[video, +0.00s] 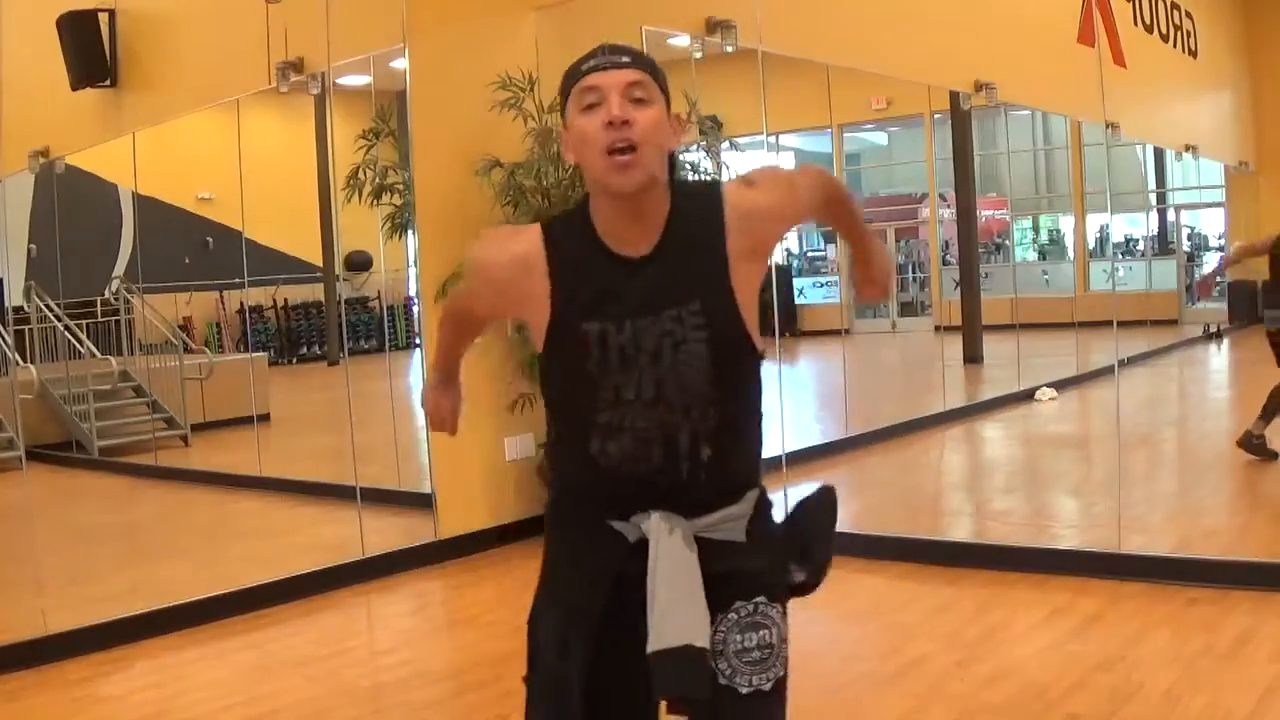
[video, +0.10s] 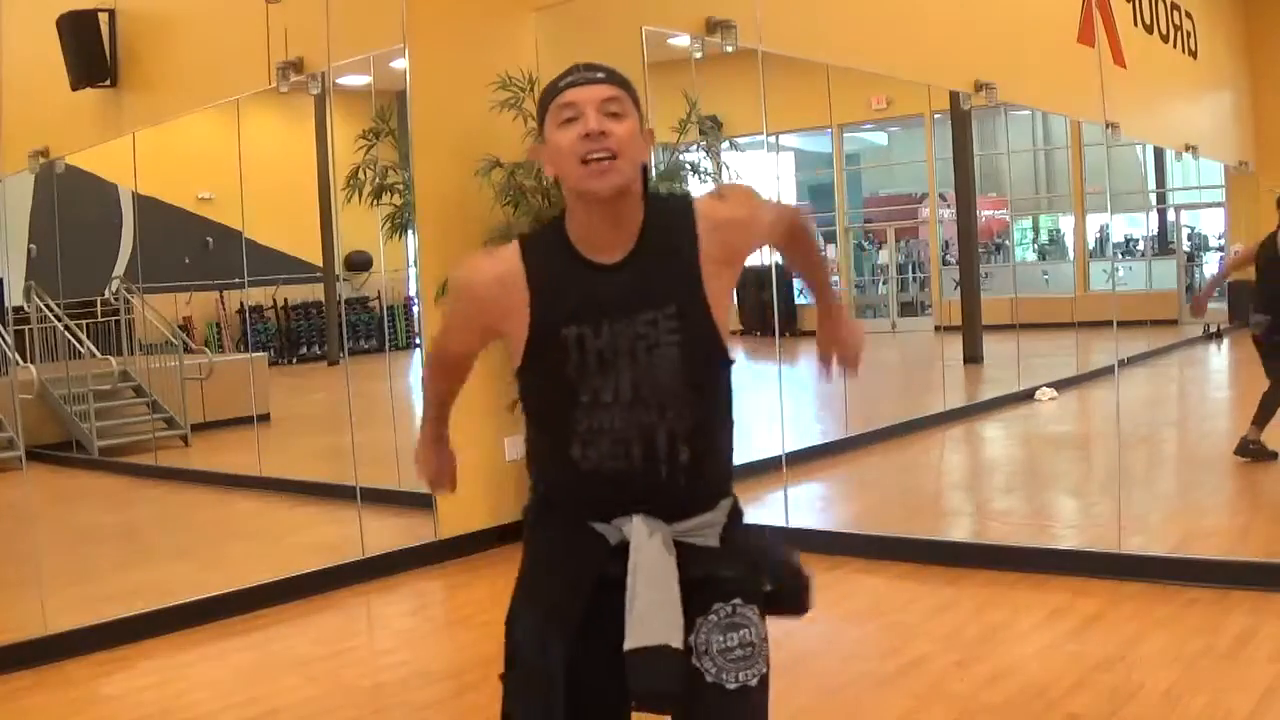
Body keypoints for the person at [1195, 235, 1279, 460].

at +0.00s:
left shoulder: (1276, 242)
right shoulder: (1276, 241)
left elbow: (1244, 250)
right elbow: (1244, 250)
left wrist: (1213, 273)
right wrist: (1214, 273)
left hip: (1274, 326)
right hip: (1276, 326)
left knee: (1279, 385)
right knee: (1279, 385)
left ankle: (1255, 432)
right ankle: (1255, 432)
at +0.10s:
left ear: (1277, 211)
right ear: (1276, 211)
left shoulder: (1268, 243)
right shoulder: (1269, 242)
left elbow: (1230, 265)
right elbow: (1230, 265)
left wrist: (1203, 295)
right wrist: (1204, 295)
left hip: (1263, 326)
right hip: (1269, 327)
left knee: (1276, 383)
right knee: (1276, 383)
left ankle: (1252, 437)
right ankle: (1252, 437)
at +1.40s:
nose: (1165, 210)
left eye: (1164, 204)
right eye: (1162, 205)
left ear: (1135, 209)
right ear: (1151, 206)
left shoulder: (1114, 241)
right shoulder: (1166, 244)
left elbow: (1106, 291)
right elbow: (1183, 297)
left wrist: (1108, 327)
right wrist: (1192, 339)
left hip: (1111, 339)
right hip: (1147, 337)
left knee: (1112, 403)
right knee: (1158, 398)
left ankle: (1108, 474)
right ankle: (1167, 457)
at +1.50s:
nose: (1155, 207)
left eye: (1153, 201)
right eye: (1152, 202)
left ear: (1124, 208)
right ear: (1142, 206)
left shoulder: (1104, 242)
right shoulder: (1161, 241)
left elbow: (1091, 294)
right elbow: (1184, 287)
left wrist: (1088, 335)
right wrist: (1189, 304)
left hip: (1104, 337)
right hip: (1139, 336)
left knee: (1107, 405)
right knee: (1150, 397)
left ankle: (1108, 474)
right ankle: (1160, 456)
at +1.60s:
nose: (1149, 201)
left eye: (1147, 195)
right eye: (1146, 196)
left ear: (1117, 202)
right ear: (1136, 199)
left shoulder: (1097, 238)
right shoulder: (1156, 235)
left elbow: (1078, 285)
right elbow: (1177, 265)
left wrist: (1073, 330)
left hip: (1101, 334)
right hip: (1136, 334)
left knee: (1105, 401)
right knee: (1143, 396)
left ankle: (1107, 473)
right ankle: (1147, 459)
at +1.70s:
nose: (1142, 200)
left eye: (1140, 195)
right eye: (1139, 195)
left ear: (1113, 200)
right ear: (1130, 197)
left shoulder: (1092, 237)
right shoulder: (1149, 233)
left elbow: (1070, 283)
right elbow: (1170, 250)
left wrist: (1063, 328)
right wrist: (1156, 223)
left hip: (1099, 334)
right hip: (1134, 333)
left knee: (1103, 400)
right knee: (1138, 397)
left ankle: (1107, 474)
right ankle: (1137, 461)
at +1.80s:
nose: (1136, 199)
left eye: (1133, 194)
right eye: (1133, 194)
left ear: (1108, 201)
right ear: (1125, 198)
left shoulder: (1087, 238)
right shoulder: (1150, 232)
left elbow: (1069, 285)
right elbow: (1156, 261)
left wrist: (1062, 329)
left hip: (1097, 334)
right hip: (1135, 332)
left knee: (1102, 400)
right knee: (1133, 397)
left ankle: (1106, 471)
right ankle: (1131, 459)